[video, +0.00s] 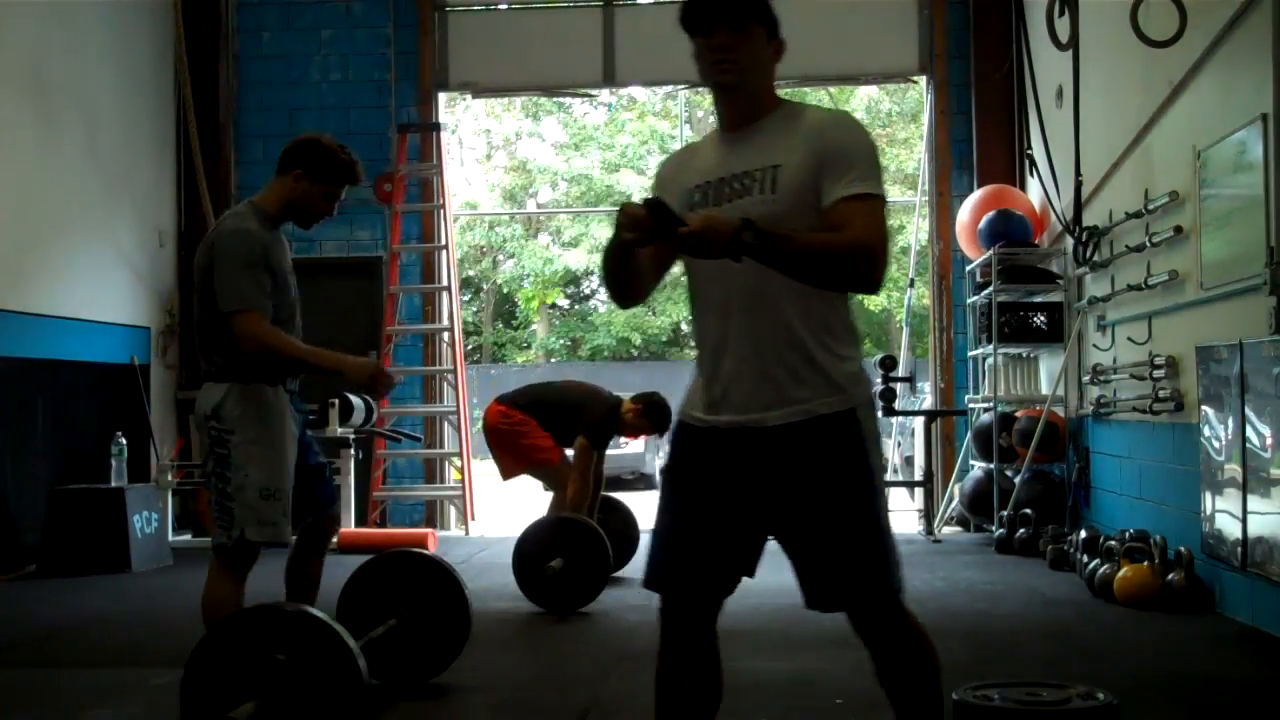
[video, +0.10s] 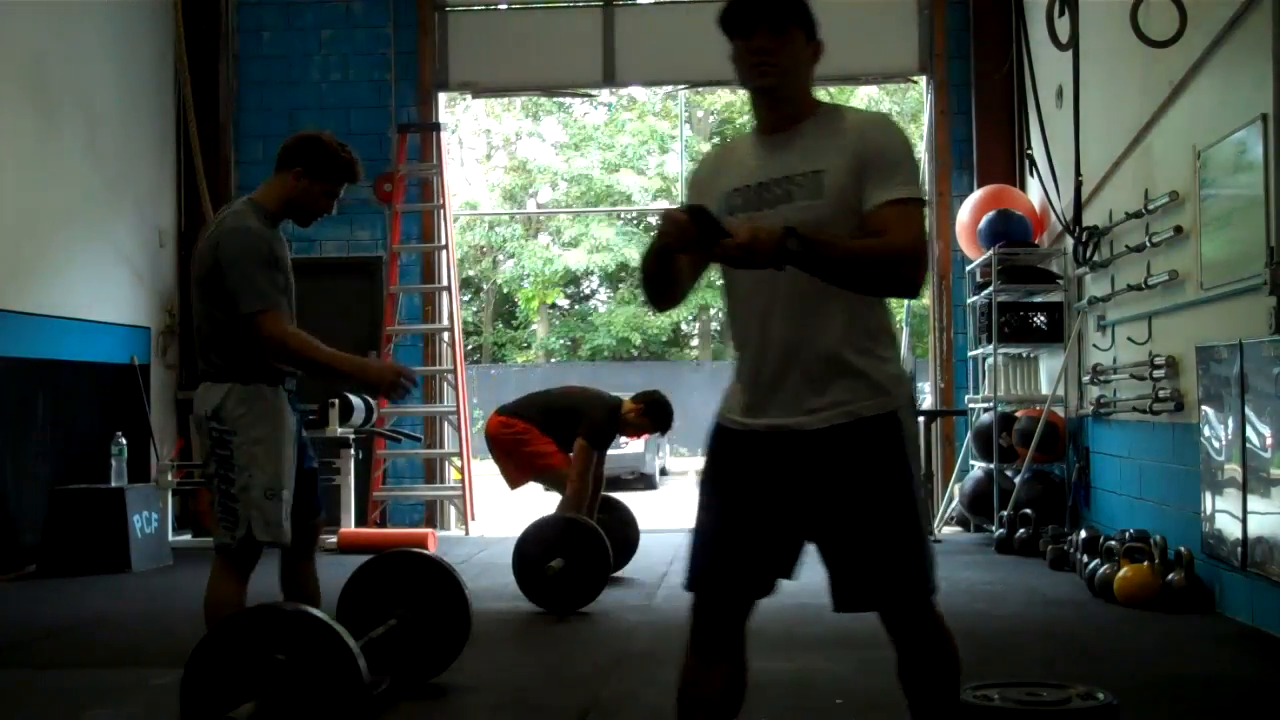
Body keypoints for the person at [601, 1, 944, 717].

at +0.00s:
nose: (718, 45)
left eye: (736, 28)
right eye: (704, 33)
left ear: (774, 44)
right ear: (693, 52)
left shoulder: (832, 136)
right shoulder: (680, 171)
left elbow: (866, 263)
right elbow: (628, 291)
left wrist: (744, 238)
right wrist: (626, 243)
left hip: (823, 418)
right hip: (714, 424)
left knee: (877, 613)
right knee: (684, 615)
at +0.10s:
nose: (759, 49)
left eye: (776, 32)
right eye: (745, 37)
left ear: (812, 46)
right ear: (732, 54)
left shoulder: (870, 138)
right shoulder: (719, 166)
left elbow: (907, 264)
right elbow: (663, 295)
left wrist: (789, 246)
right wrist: (667, 250)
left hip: (861, 419)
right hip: (753, 423)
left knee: (910, 616)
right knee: (715, 619)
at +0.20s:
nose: (793, 47)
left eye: (811, 30)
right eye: (778, 34)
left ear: (848, 44)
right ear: (764, 51)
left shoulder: (907, 137)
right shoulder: (748, 166)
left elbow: (946, 265)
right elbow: (700, 294)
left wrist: (828, 247)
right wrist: (701, 251)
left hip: (892, 416)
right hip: (784, 418)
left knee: (927, 615)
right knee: (739, 615)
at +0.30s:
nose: (820, 46)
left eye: (838, 28)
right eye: (805, 31)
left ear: (876, 38)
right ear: (791, 46)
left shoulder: (936, 134)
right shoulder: (775, 158)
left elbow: (971, 267)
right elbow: (729, 285)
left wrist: (854, 241)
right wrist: (724, 248)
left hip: (910, 411)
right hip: (803, 409)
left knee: (932, 608)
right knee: (758, 594)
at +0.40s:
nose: (835, 54)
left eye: (852, 36)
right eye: (823, 40)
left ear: (894, 39)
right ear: (811, 50)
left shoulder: (955, 133)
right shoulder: (796, 158)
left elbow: (978, 264)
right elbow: (746, 276)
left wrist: (862, 227)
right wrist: (745, 227)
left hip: (922, 409)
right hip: (816, 408)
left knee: (938, 606)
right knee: (776, 586)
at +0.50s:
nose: (847, 58)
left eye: (863, 40)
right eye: (836, 44)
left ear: (907, 40)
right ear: (824, 52)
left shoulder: (968, 135)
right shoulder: (809, 157)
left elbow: (983, 262)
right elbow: (755, 268)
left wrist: (869, 219)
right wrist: (752, 212)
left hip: (929, 407)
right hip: (827, 407)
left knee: (940, 601)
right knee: (802, 584)